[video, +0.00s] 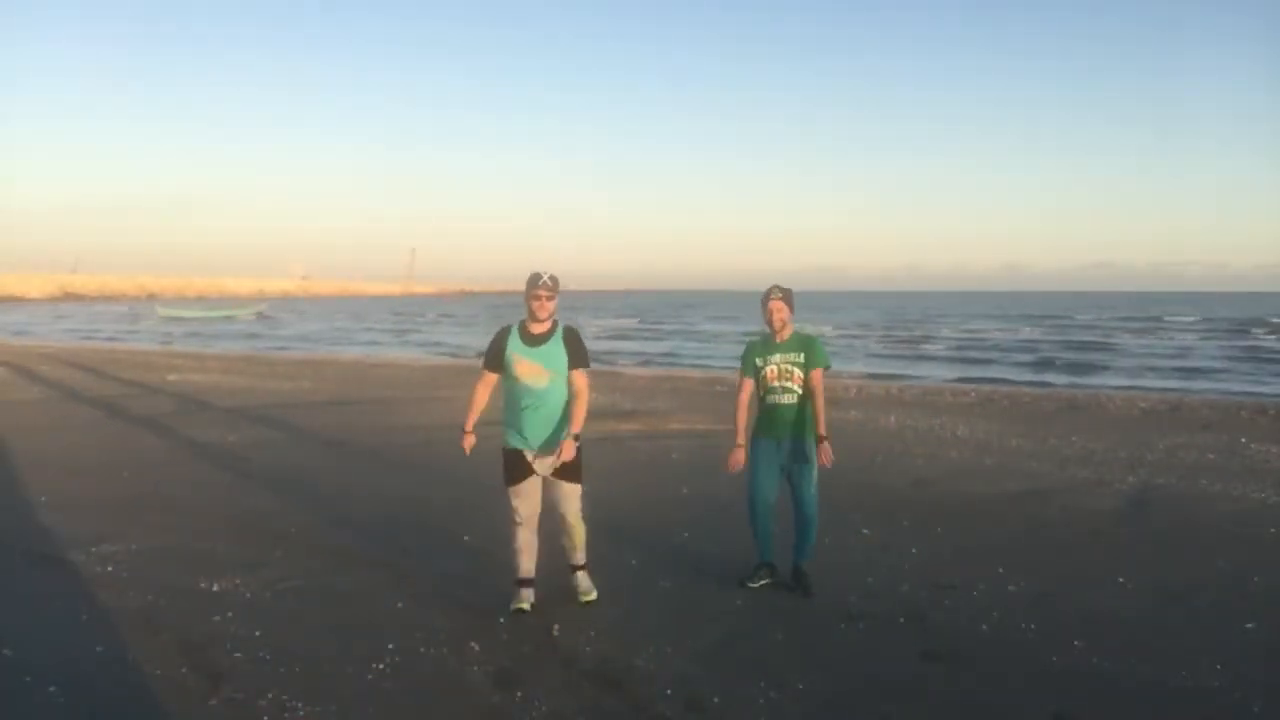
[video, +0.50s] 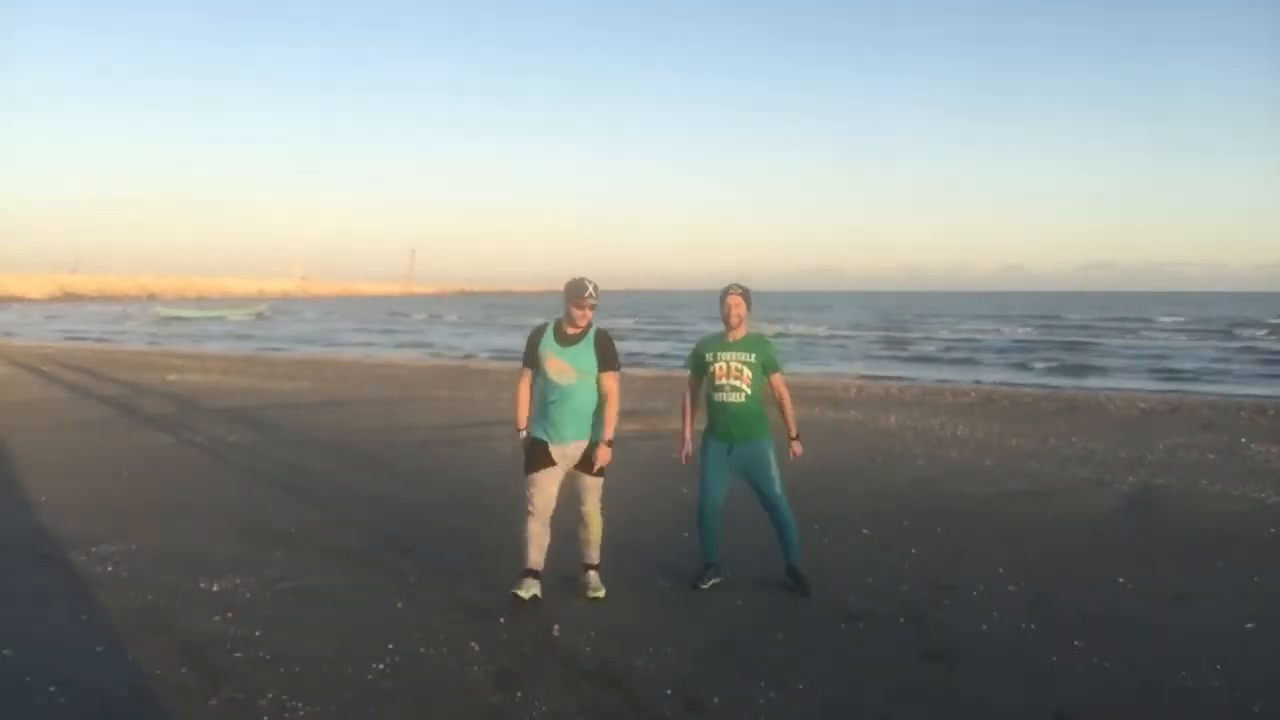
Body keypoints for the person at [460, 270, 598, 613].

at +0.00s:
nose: (542, 304)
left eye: (548, 299)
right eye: (536, 298)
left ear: (556, 301)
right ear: (526, 299)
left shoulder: (569, 338)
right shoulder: (506, 337)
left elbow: (581, 390)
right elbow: (485, 383)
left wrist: (573, 436)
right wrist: (469, 425)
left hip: (562, 443)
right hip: (519, 445)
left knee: (571, 516)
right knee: (523, 519)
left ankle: (580, 572)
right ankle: (524, 589)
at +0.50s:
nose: (583, 313)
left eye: (589, 307)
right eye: (578, 306)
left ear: (595, 309)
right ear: (565, 303)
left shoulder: (602, 342)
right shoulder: (541, 336)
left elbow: (611, 394)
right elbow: (525, 381)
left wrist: (606, 441)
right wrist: (522, 428)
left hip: (588, 443)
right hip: (544, 441)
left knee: (590, 510)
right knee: (537, 510)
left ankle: (592, 570)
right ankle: (531, 575)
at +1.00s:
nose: (571, 315)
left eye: (576, 309)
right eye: (565, 309)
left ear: (580, 309)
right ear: (552, 305)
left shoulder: (586, 339)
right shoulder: (529, 338)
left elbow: (606, 380)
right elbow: (510, 387)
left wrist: (622, 421)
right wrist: (510, 429)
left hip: (578, 432)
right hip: (538, 434)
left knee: (584, 500)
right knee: (540, 501)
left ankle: (592, 566)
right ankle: (540, 562)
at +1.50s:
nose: (567, 310)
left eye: (572, 305)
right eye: (561, 304)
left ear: (577, 306)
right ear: (550, 303)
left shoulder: (589, 335)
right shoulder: (532, 340)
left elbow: (606, 378)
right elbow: (512, 387)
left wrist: (613, 419)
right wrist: (506, 431)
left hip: (588, 430)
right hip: (545, 433)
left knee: (599, 494)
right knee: (544, 498)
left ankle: (610, 556)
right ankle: (540, 560)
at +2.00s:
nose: (595, 305)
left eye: (601, 300)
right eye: (590, 299)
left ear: (608, 301)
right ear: (581, 301)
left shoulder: (623, 332)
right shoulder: (565, 335)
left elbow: (632, 379)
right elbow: (564, 384)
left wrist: (612, 410)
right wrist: (587, 414)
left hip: (617, 426)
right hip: (578, 427)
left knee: (616, 496)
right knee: (580, 496)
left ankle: (615, 559)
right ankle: (581, 557)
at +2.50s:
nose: (582, 310)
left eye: (588, 304)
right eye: (576, 304)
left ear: (595, 306)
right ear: (566, 304)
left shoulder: (610, 337)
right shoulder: (548, 338)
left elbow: (626, 381)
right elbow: (535, 385)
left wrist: (637, 420)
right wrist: (527, 430)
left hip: (601, 434)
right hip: (557, 434)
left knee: (609, 499)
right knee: (541, 495)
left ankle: (614, 560)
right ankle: (524, 556)